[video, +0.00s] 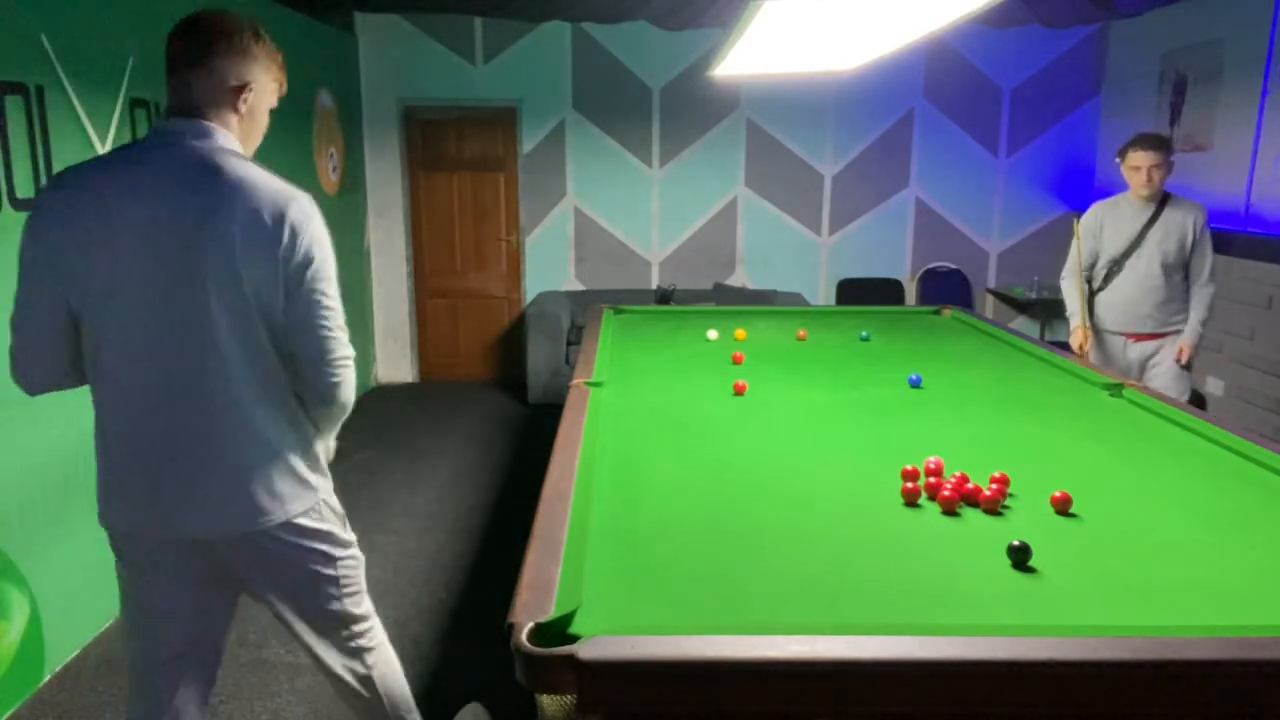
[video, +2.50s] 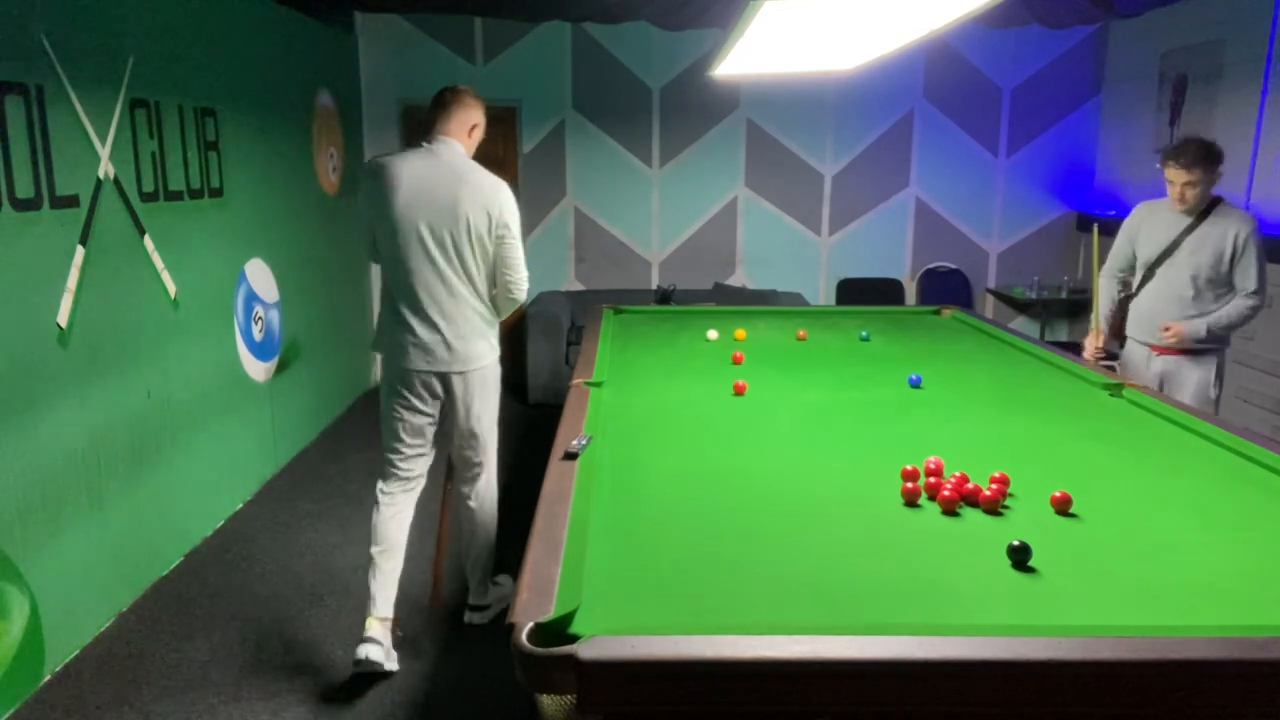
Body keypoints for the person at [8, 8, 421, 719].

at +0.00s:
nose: (269, 121)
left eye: (274, 106)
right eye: (271, 105)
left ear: (174, 91)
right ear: (243, 97)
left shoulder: (68, 198)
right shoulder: (279, 208)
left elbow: (35, 368)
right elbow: (331, 379)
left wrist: (131, 339)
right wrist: (309, 446)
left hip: (144, 503)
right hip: (271, 497)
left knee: (166, 694)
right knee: (361, 657)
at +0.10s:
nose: (298, 131)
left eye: (302, 114)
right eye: (300, 112)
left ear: (209, 92)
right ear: (272, 102)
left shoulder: (108, 198)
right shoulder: (311, 210)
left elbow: (72, 364)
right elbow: (365, 376)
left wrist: (161, 331)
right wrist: (366, 446)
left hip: (176, 496)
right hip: (300, 490)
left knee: (180, 691)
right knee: (384, 655)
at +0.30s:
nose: (374, 136)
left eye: (377, 122)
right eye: (376, 122)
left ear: (293, 107)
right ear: (354, 113)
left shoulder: (201, 197)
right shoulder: (390, 214)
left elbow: (159, 350)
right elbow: (442, 349)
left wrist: (227, 317)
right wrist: (477, 433)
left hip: (247, 485)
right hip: (363, 485)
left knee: (230, 669)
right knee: (412, 662)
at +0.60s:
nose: (459, 123)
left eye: (462, 111)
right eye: (461, 109)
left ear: (386, 95)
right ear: (440, 104)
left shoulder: (301, 172)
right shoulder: (465, 200)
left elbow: (251, 305)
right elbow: (508, 327)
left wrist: (302, 290)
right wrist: (549, 411)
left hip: (325, 437)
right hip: (425, 442)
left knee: (291, 621)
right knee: (441, 623)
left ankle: (253, 719)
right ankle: (444, 719)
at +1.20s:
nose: (472, 136)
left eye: (473, 125)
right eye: (473, 125)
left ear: (407, 110)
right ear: (459, 121)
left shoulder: (331, 183)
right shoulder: (477, 200)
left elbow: (297, 298)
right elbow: (512, 322)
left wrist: (367, 292)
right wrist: (494, 377)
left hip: (358, 406)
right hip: (440, 413)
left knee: (360, 547)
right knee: (441, 567)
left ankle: (358, 690)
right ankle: (441, 709)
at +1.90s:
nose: (396, 126)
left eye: (395, 115)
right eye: (393, 115)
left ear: (332, 113)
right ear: (377, 113)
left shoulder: (288, 189)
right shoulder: (413, 185)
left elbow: (281, 295)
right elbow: (454, 292)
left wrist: (339, 289)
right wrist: (422, 330)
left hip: (340, 382)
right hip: (415, 378)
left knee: (353, 519)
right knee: (448, 504)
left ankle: (364, 670)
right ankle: (466, 630)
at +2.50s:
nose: (481, 137)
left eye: (479, 129)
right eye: (481, 130)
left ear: (429, 122)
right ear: (474, 130)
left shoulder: (382, 173)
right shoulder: (494, 192)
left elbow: (376, 250)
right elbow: (515, 291)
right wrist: (477, 322)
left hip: (408, 353)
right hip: (472, 357)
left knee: (398, 481)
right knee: (476, 476)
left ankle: (376, 629)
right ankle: (480, 597)